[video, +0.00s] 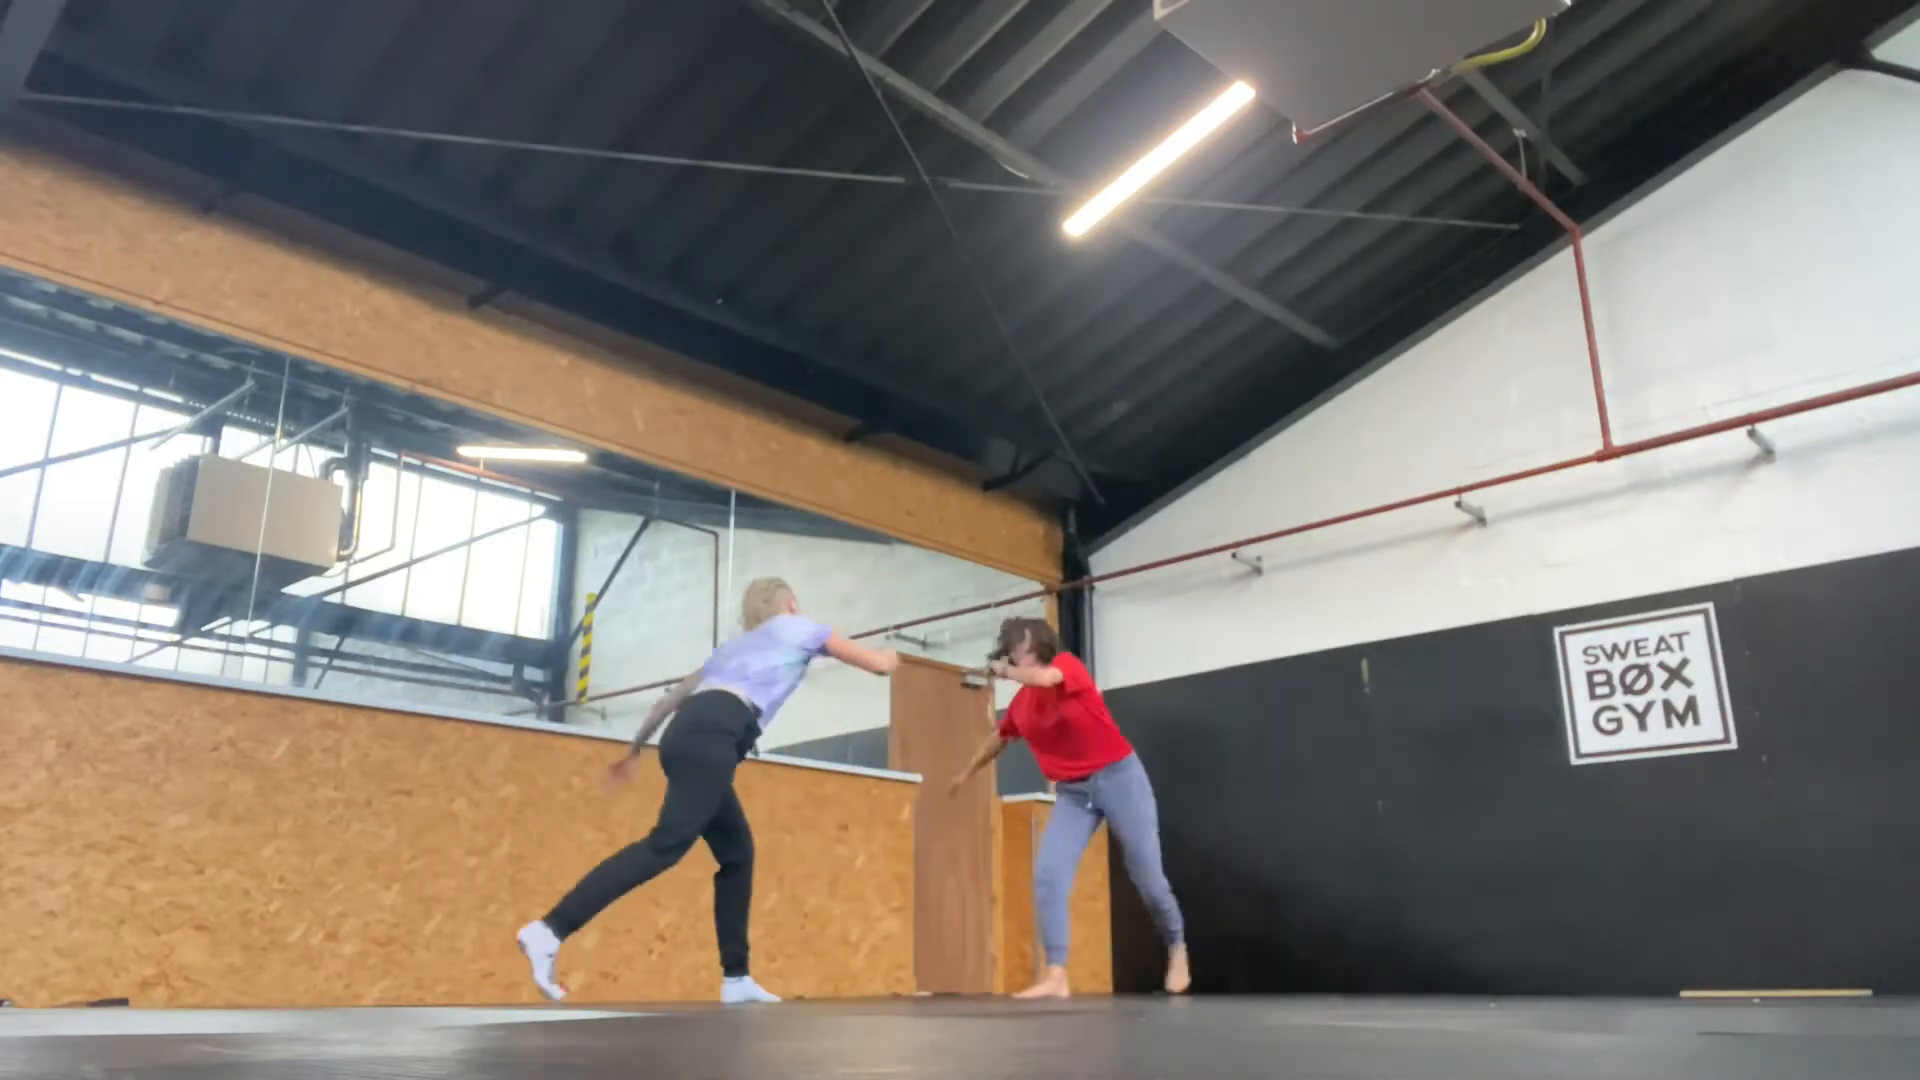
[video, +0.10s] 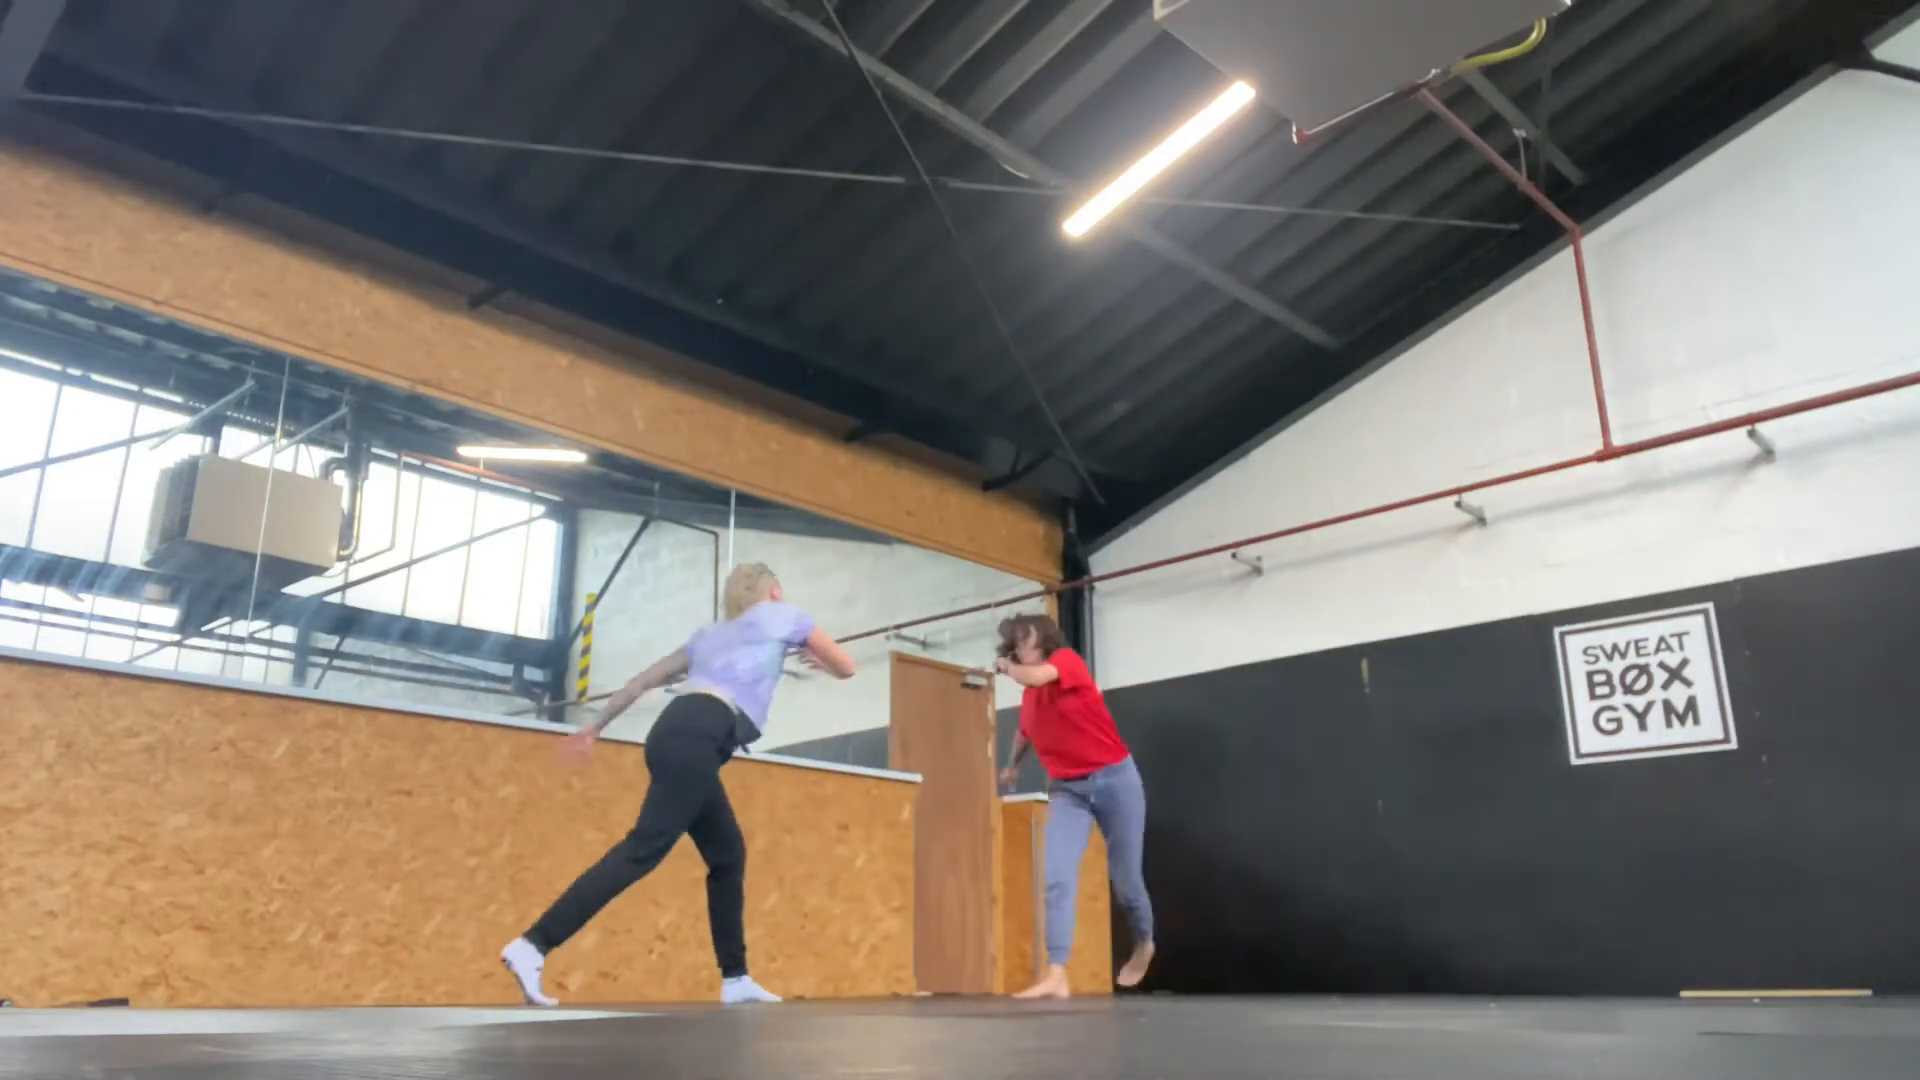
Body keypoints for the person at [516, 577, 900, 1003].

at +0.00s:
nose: (801, 608)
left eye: (796, 603)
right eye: (797, 603)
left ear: (754, 614)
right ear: (786, 605)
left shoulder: (729, 649)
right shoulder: (799, 627)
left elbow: (671, 700)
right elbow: (881, 664)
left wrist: (634, 749)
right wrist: (891, 654)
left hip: (683, 735)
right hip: (715, 733)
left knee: (736, 854)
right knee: (664, 848)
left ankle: (737, 980)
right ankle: (547, 932)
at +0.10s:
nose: (784, 599)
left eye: (782, 594)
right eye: (781, 593)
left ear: (736, 599)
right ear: (771, 593)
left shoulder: (710, 636)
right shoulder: (781, 615)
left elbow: (642, 680)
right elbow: (846, 667)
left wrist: (593, 727)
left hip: (669, 737)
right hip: (699, 736)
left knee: (727, 857)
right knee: (642, 850)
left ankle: (736, 981)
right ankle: (532, 947)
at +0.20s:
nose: (768, 596)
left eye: (766, 590)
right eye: (766, 590)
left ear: (720, 592)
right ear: (756, 589)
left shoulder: (686, 627)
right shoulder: (764, 619)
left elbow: (633, 665)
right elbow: (792, 694)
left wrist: (585, 709)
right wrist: (749, 673)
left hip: (652, 750)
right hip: (680, 752)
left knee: (727, 854)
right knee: (627, 866)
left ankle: (736, 980)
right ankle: (513, 957)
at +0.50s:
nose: (775, 605)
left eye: (771, 597)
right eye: (772, 597)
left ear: (731, 603)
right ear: (763, 600)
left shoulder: (704, 639)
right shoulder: (780, 636)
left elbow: (650, 687)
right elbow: (793, 709)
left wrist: (612, 745)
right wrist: (747, 709)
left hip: (667, 753)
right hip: (706, 756)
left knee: (736, 854)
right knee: (640, 868)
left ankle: (737, 979)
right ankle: (529, 950)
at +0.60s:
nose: (796, 615)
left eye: (793, 607)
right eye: (793, 607)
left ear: (750, 615)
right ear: (784, 611)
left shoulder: (725, 651)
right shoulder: (801, 644)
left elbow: (664, 706)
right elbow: (822, 708)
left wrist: (647, 765)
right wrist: (776, 718)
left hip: (686, 749)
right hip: (733, 746)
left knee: (747, 855)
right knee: (688, 866)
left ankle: (739, 978)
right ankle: (571, 932)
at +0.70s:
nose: (823, 640)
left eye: (822, 634)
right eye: (820, 633)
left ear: (777, 634)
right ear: (810, 633)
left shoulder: (758, 660)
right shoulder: (815, 653)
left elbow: (728, 700)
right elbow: (830, 709)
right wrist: (796, 730)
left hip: (697, 741)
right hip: (743, 737)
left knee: (747, 860)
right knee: (749, 858)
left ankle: (739, 978)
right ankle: (641, 930)